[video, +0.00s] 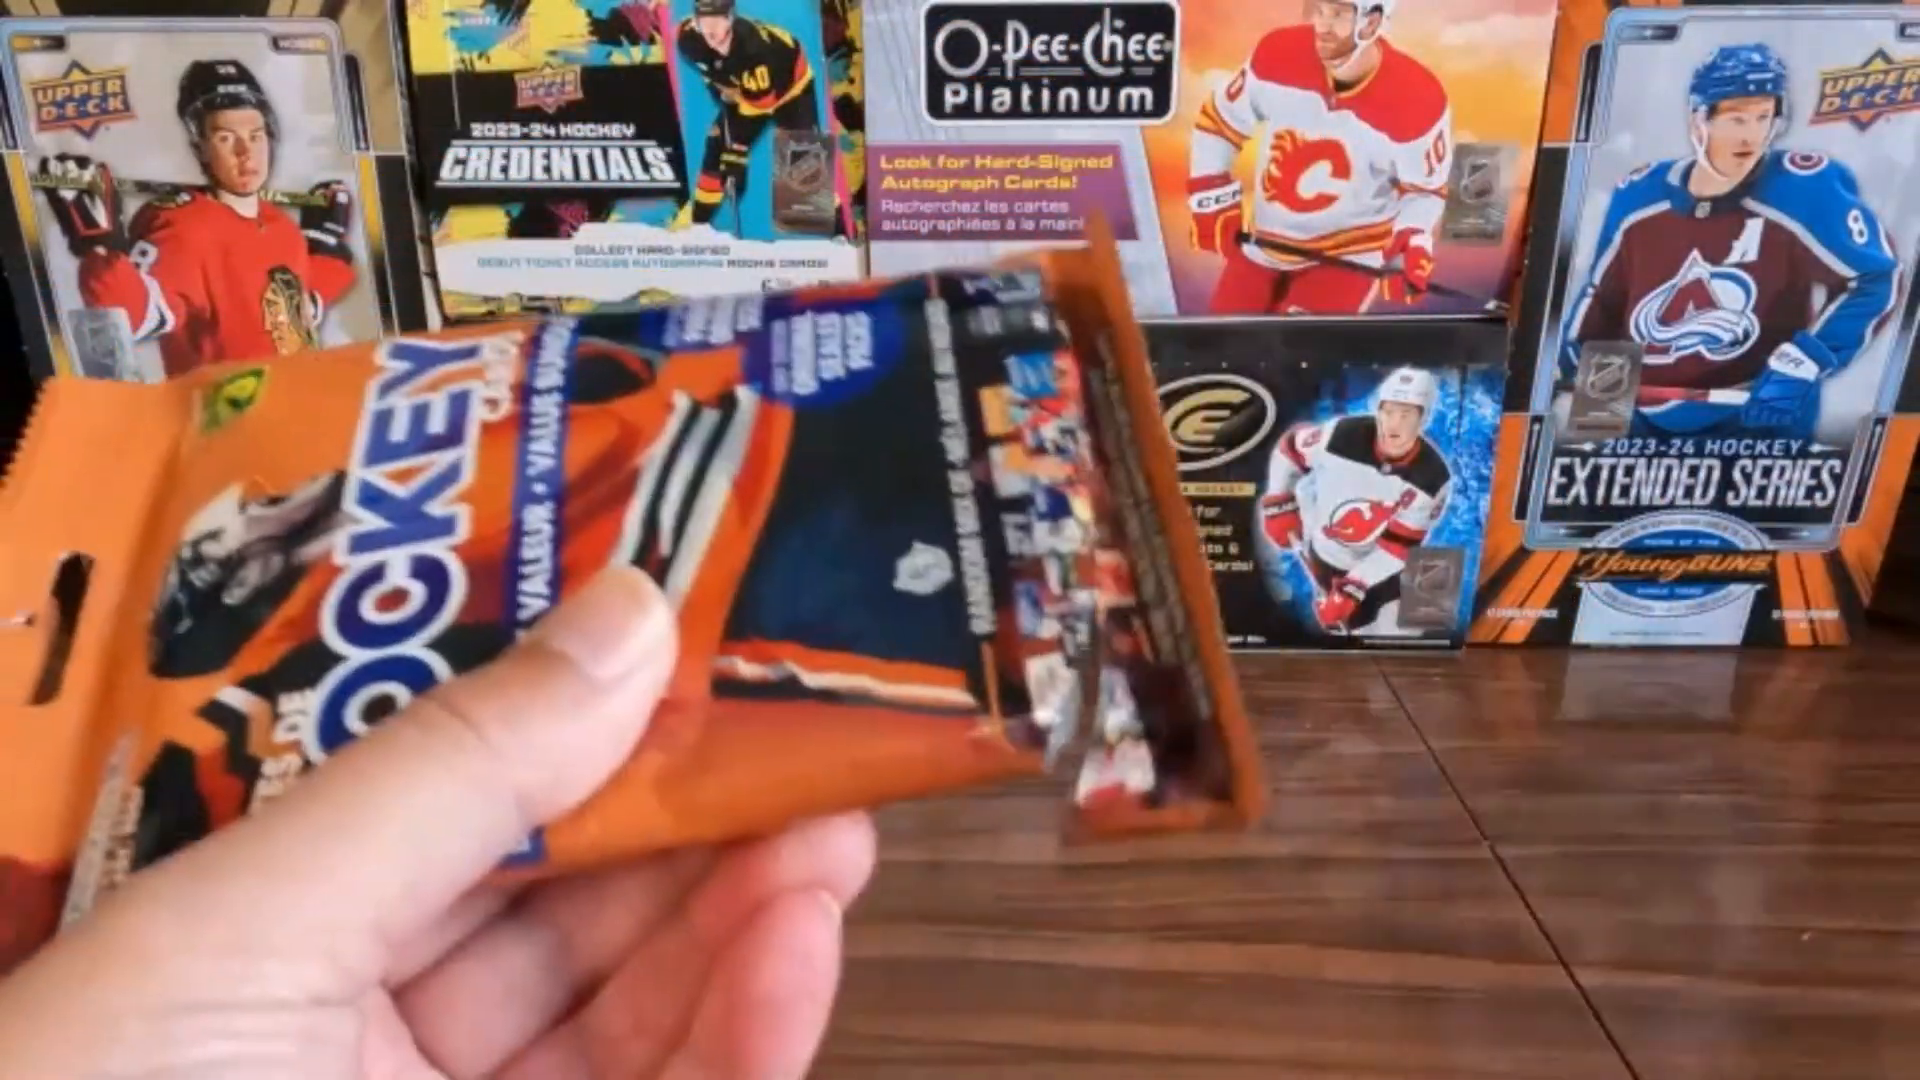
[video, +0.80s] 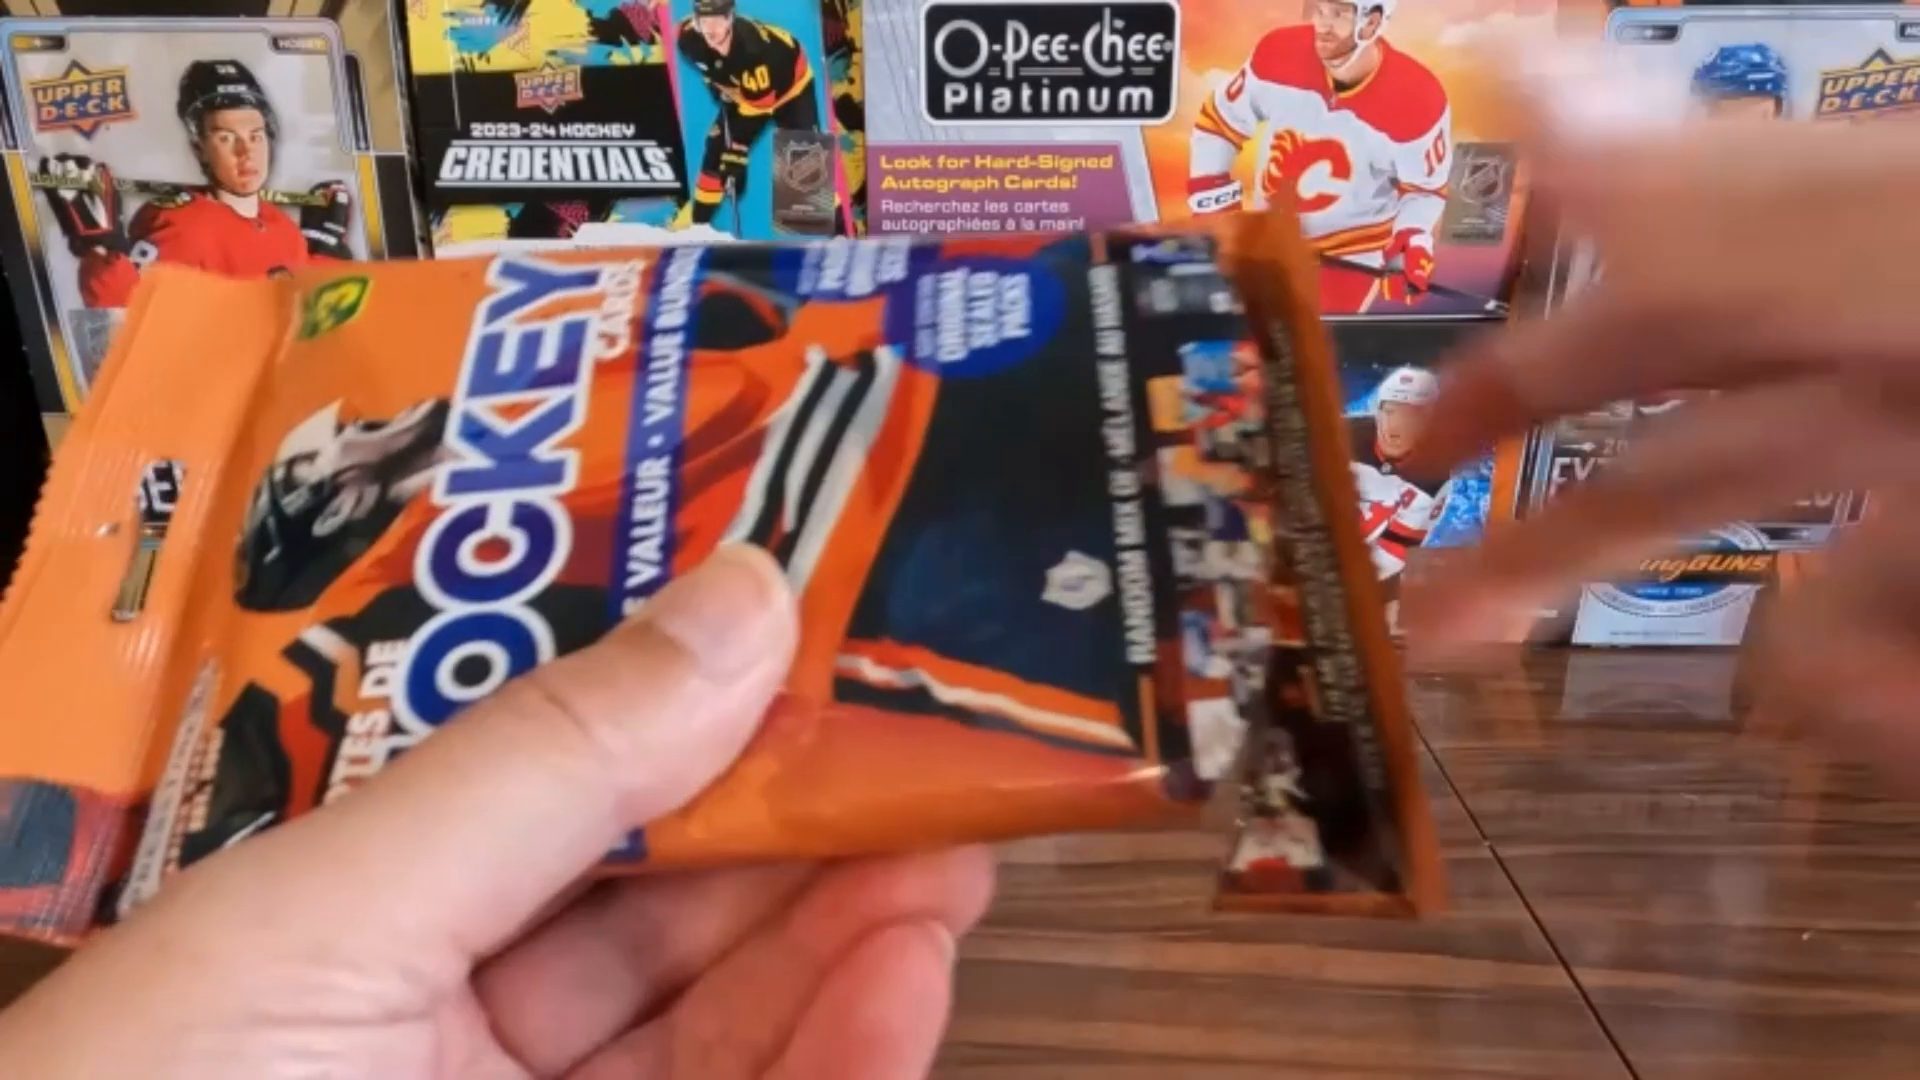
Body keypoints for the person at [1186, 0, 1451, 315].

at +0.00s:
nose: (1323, 26)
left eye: (1339, 14)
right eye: (1318, 11)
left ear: (1373, 22)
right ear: (1309, 11)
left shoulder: (1416, 96)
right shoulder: (1276, 56)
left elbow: (1424, 191)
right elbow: (1216, 124)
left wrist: (1415, 247)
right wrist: (1213, 201)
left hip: (1346, 261)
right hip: (1261, 249)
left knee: (1287, 367)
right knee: (1219, 361)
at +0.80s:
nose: (1322, 26)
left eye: (1339, 14)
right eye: (1317, 11)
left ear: (1373, 23)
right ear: (1308, 10)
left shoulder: (1417, 96)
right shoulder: (1277, 55)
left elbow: (1424, 190)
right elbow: (1216, 126)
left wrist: (1413, 250)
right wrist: (1217, 217)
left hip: (1354, 260)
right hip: (1270, 245)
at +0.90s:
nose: (1324, 26)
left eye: (1339, 14)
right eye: (1319, 11)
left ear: (1372, 21)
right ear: (1309, 11)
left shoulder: (1419, 98)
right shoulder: (1277, 53)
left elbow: (1424, 200)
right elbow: (1217, 125)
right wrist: (1204, 207)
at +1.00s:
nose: (1323, 26)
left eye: (1339, 14)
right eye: (1317, 11)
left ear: (1373, 23)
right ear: (1308, 11)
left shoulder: (1417, 95)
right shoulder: (1277, 56)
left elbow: (1423, 191)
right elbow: (1216, 125)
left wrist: (1415, 250)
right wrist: (1214, 203)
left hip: (1348, 261)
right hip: (1262, 248)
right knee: (1214, 362)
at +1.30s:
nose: (1323, 26)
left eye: (1339, 14)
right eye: (1318, 11)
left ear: (1373, 22)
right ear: (1309, 11)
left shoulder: (1417, 96)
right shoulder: (1277, 55)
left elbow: (1423, 190)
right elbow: (1216, 124)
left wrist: (1415, 249)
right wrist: (1213, 202)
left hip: (1347, 261)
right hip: (1261, 248)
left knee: (1288, 365)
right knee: (1222, 357)